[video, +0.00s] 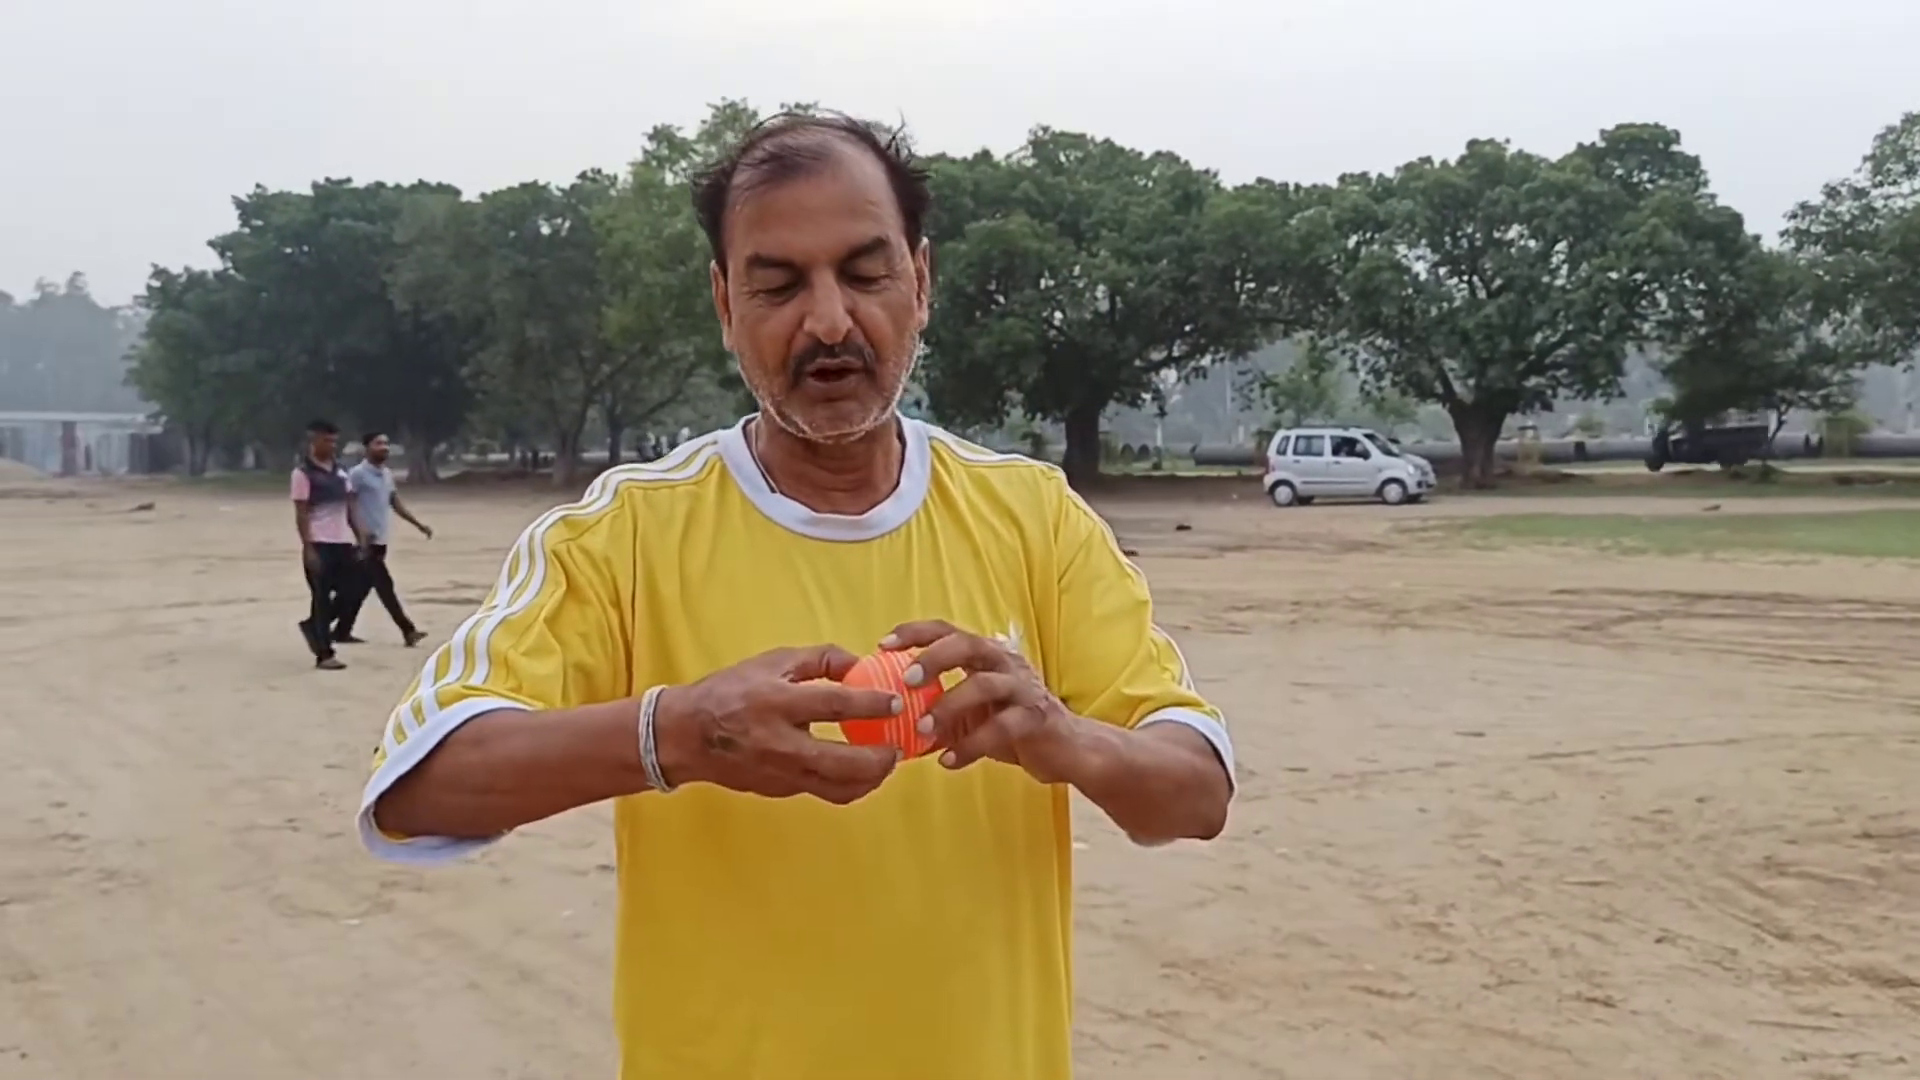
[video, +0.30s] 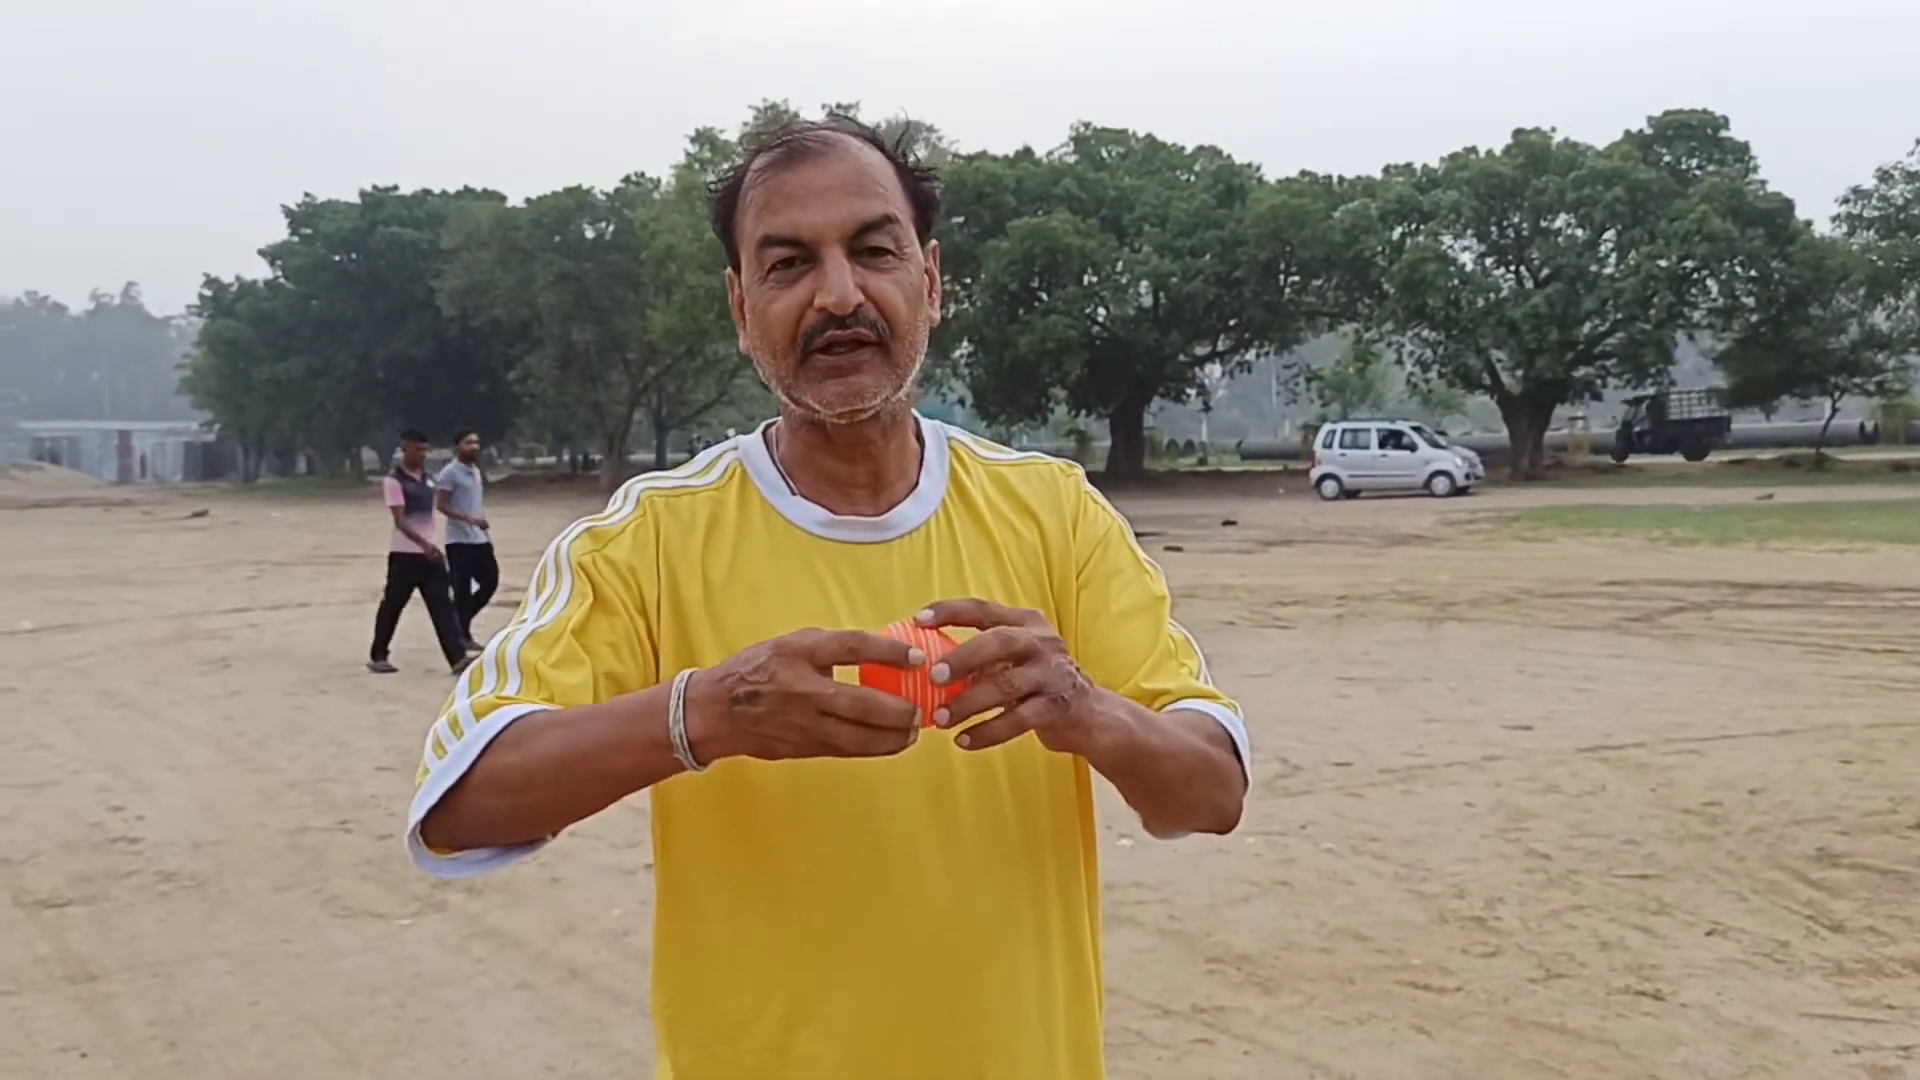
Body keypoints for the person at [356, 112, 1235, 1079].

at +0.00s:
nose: (828, 319)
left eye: (863, 271)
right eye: (777, 283)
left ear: (920, 284)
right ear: (725, 310)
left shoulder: (1038, 522)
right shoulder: (623, 535)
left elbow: (1201, 797)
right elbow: (414, 789)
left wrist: (1075, 749)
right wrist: (673, 737)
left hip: (994, 1053)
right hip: (712, 1053)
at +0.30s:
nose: (836, 293)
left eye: (874, 251)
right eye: (788, 263)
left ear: (931, 287)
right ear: (742, 315)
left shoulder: (1057, 516)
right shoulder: (648, 540)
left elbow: (1216, 797)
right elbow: (455, 806)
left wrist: (1099, 723)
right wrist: (702, 717)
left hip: (1029, 1050)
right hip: (752, 1052)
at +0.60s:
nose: (873, 290)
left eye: (908, 251)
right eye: (823, 263)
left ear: (960, 293)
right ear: (773, 322)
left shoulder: (1088, 516)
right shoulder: (684, 552)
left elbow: (1249, 800)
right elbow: (497, 828)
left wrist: (1131, 709)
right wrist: (746, 709)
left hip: (1076, 1051)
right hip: (795, 1053)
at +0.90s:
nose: (894, 306)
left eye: (927, 264)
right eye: (844, 277)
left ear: (977, 298)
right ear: (792, 327)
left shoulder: (1109, 520)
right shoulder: (705, 560)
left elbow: (1268, 805)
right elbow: (522, 836)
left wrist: (1160, 704)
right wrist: (771, 714)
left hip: (1100, 1052)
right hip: (817, 1053)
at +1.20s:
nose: (909, 321)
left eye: (942, 277)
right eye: (858, 291)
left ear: (990, 305)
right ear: (804, 333)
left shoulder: (1116, 523)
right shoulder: (718, 565)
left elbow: (1279, 806)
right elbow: (534, 839)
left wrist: (1177, 711)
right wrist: (786, 727)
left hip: (1110, 1051)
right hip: (827, 1053)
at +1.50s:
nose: (943, 315)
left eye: (974, 272)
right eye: (893, 284)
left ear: (1018, 299)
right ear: (836, 326)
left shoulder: (1138, 522)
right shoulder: (744, 556)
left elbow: (1297, 803)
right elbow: (565, 824)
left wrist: (1201, 704)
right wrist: (813, 727)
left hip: (1130, 1051)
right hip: (853, 1053)